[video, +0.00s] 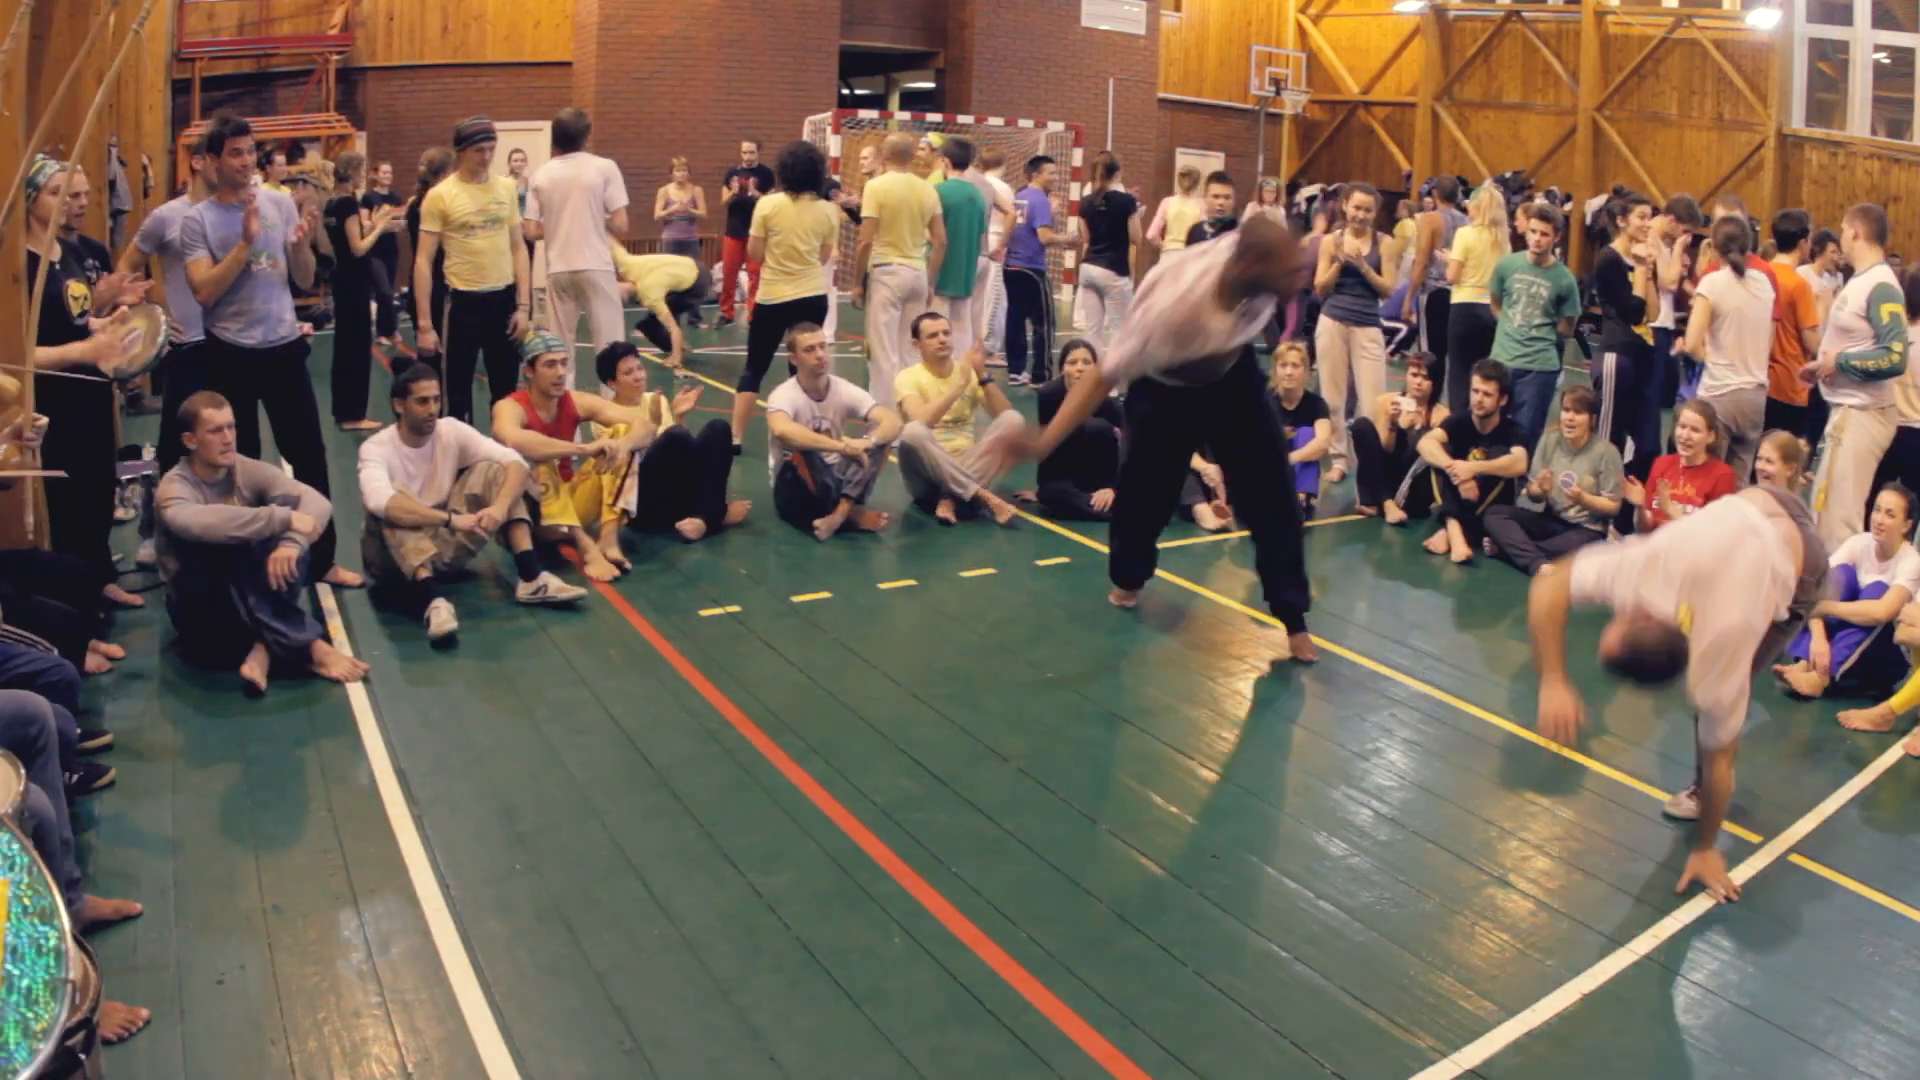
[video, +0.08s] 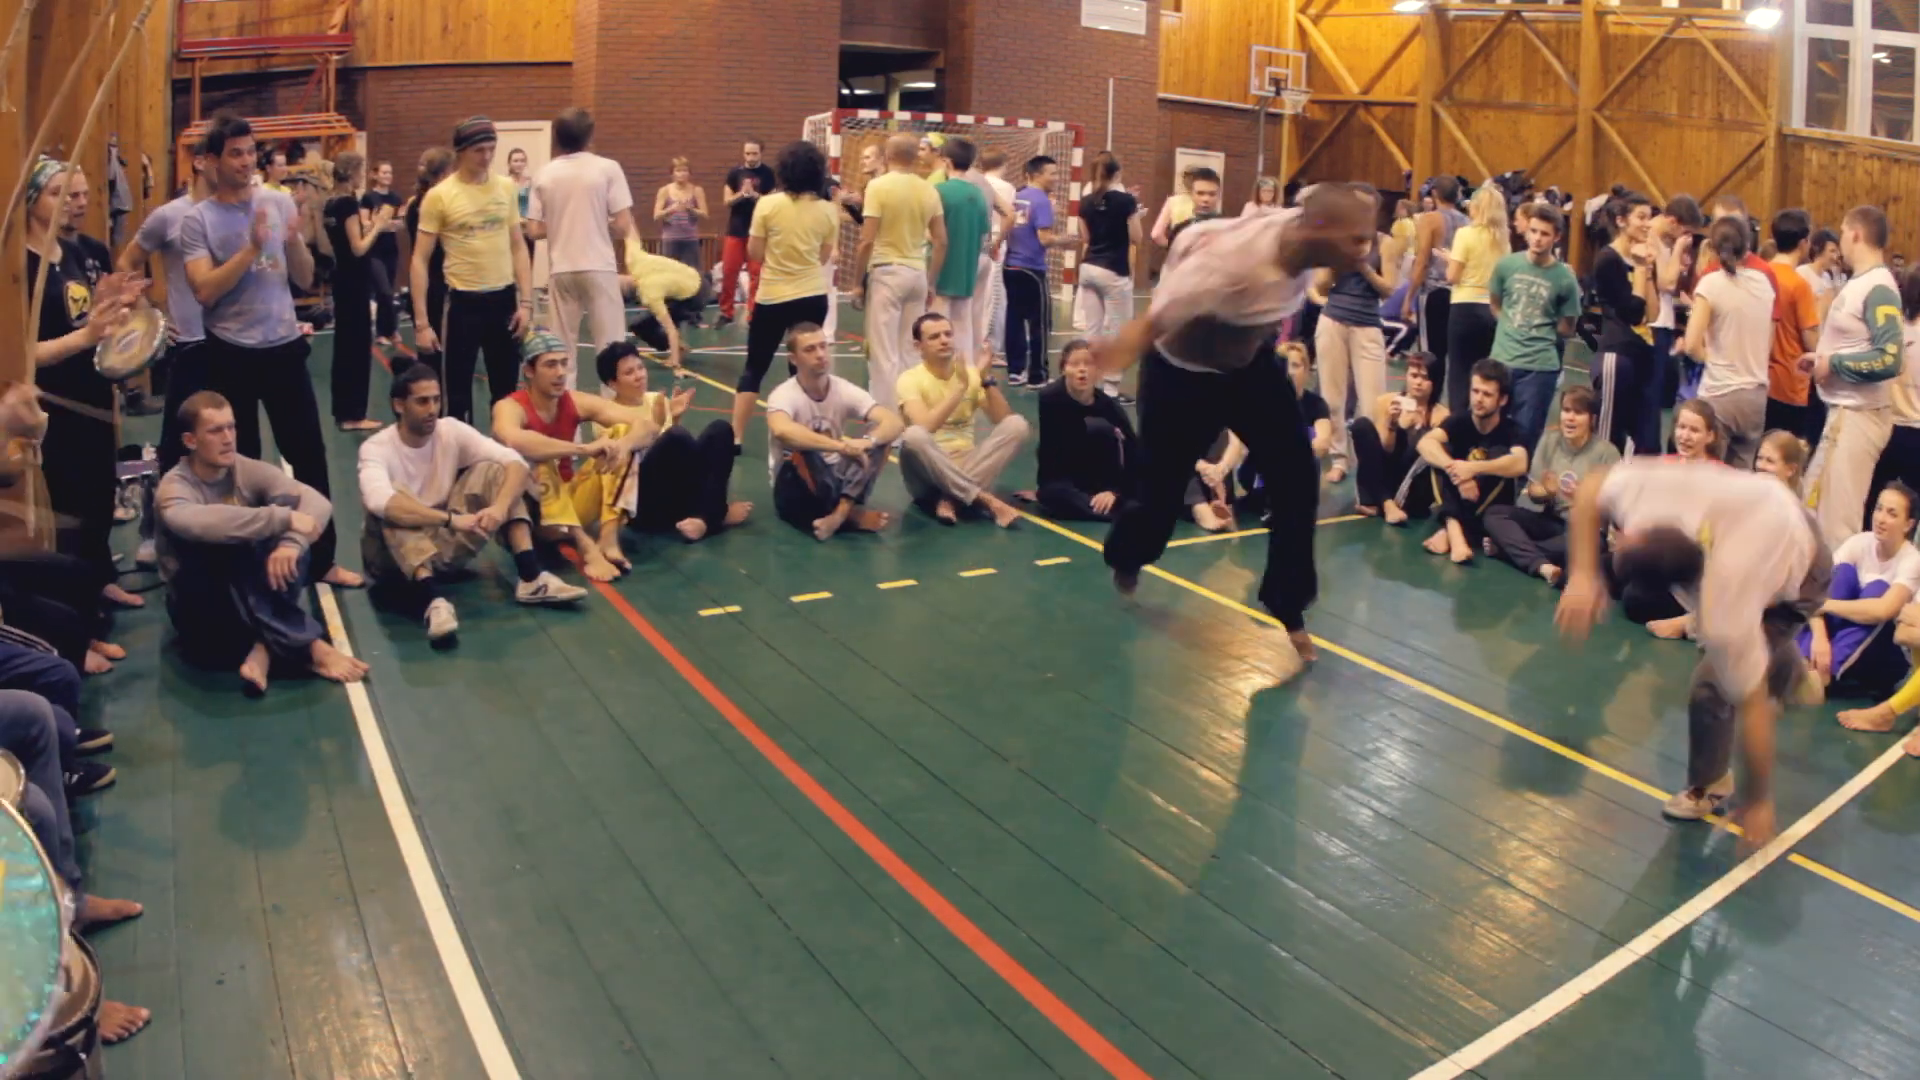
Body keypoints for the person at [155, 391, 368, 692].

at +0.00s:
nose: (228, 438)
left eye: (231, 428)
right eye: (216, 431)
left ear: (237, 429)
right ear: (190, 440)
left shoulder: (245, 469)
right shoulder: (174, 487)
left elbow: (316, 502)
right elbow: (191, 523)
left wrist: (292, 544)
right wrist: (284, 518)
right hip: (208, 619)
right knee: (213, 544)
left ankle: (265, 646)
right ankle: (311, 645)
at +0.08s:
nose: (228, 438)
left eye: (231, 428)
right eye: (216, 431)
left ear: (237, 429)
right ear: (190, 440)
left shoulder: (245, 469)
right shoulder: (174, 486)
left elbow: (316, 502)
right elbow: (192, 523)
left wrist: (292, 544)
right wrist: (284, 518)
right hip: (208, 619)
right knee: (213, 544)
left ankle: (265, 646)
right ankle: (310, 646)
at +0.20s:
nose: (229, 438)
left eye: (231, 428)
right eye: (216, 431)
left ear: (237, 429)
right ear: (190, 441)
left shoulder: (245, 469)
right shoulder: (174, 487)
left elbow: (317, 502)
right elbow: (191, 523)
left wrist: (291, 544)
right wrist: (284, 518)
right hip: (209, 619)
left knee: (295, 532)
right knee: (213, 546)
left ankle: (265, 646)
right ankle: (310, 645)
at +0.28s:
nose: (228, 438)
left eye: (231, 428)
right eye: (216, 431)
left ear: (237, 429)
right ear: (190, 441)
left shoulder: (244, 469)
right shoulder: (174, 487)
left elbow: (316, 502)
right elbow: (191, 523)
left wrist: (291, 544)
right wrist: (284, 518)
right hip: (209, 621)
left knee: (295, 532)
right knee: (212, 545)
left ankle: (265, 646)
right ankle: (310, 645)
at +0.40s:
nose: (228, 439)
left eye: (230, 428)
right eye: (215, 431)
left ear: (237, 429)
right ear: (189, 441)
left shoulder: (245, 469)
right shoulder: (174, 487)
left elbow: (316, 502)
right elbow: (192, 523)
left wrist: (291, 544)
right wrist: (284, 518)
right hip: (208, 620)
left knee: (297, 535)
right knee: (214, 545)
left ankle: (265, 646)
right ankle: (310, 645)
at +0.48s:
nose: (228, 439)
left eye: (230, 428)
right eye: (215, 432)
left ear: (237, 429)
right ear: (189, 441)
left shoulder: (244, 469)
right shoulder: (174, 487)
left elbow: (316, 501)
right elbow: (192, 523)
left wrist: (292, 544)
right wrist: (284, 518)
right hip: (208, 619)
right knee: (213, 545)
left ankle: (266, 646)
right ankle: (310, 645)